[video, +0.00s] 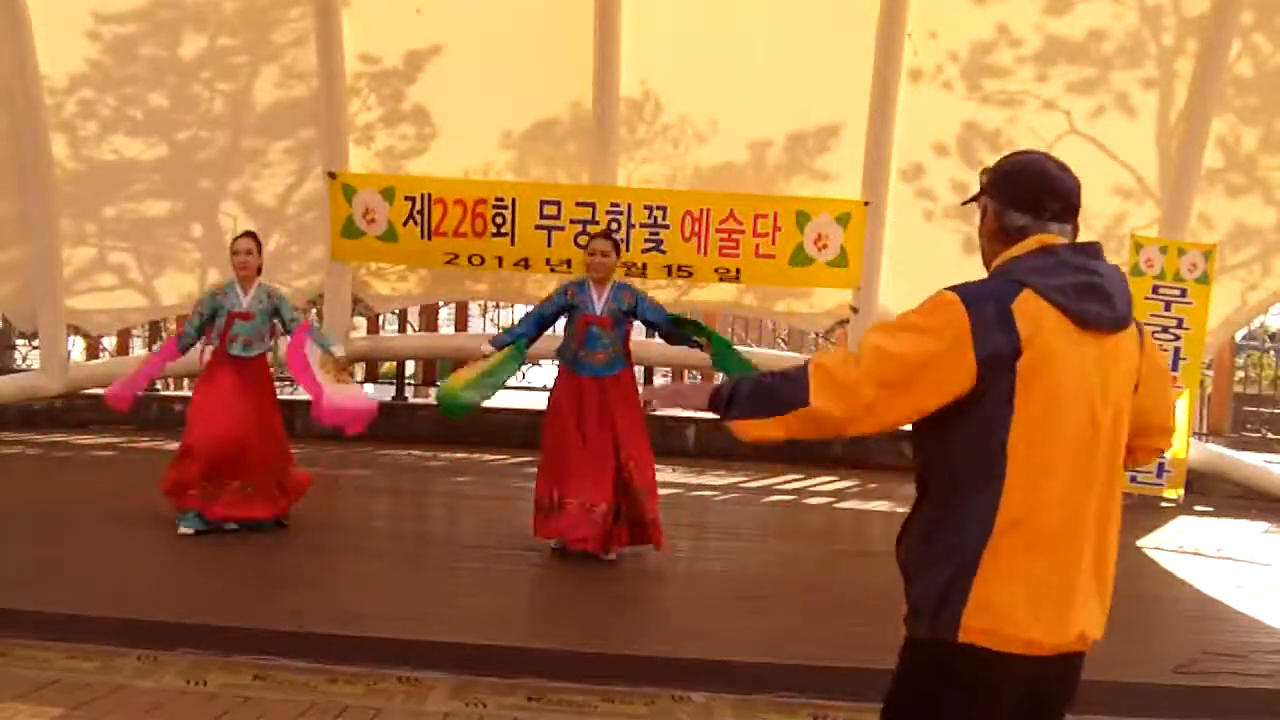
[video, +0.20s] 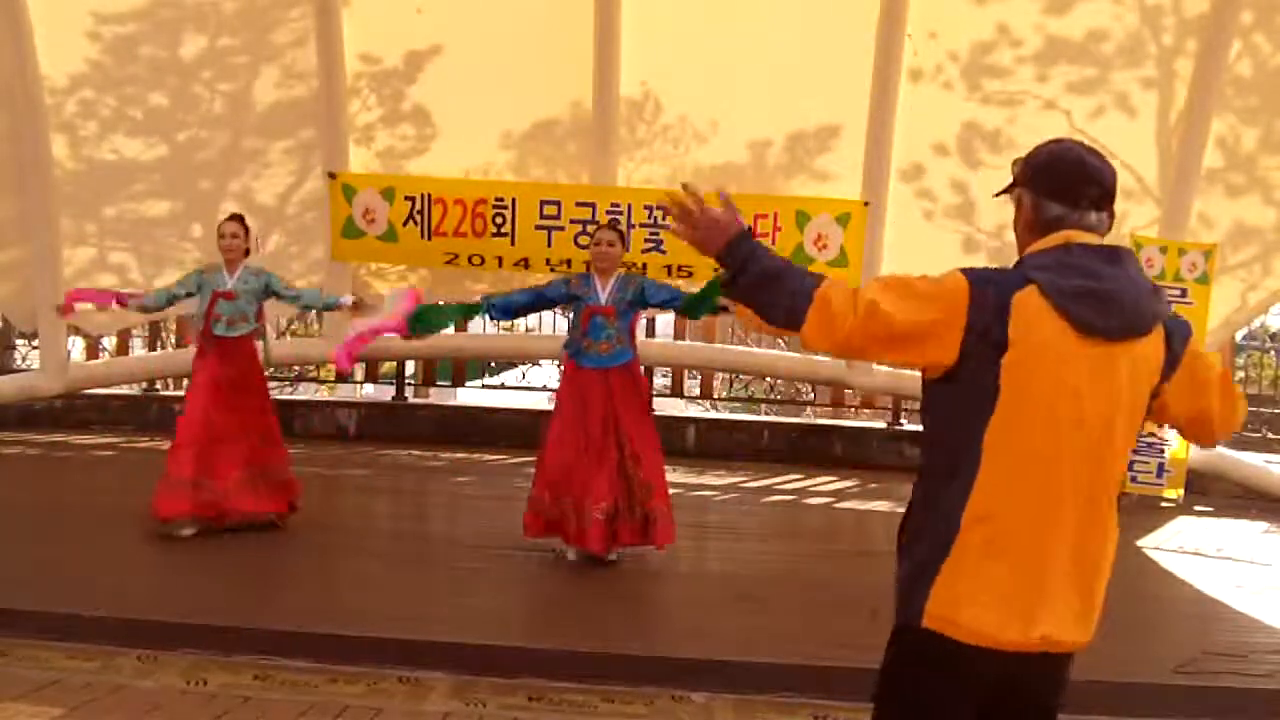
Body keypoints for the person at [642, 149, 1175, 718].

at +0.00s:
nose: (976, 227)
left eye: (979, 212)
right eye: (979, 212)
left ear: (992, 219)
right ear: (1064, 225)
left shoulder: (984, 310)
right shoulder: (1126, 329)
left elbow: (854, 386)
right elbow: (1150, 436)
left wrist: (735, 397)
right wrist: (1074, 431)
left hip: (972, 628)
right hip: (1065, 632)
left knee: (919, 711)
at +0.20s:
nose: (1010, 224)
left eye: (1013, 207)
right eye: (1013, 208)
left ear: (1027, 209)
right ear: (1107, 220)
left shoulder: (984, 300)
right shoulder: (1159, 335)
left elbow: (841, 314)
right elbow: (1219, 417)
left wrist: (734, 250)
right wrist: (1189, 355)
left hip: (956, 612)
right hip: (1058, 623)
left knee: (914, 719)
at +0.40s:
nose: (1010, 224)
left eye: (1014, 211)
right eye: (1014, 212)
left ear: (1030, 218)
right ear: (1111, 232)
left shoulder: (972, 302)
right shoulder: (1155, 347)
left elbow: (839, 278)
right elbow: (1237, 445)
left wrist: (714, 230)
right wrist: (1265, 485)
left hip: (940, 619)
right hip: (1047, 635)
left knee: (898, 714)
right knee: (1015, 715)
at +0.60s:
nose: (998, 219)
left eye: (1002, 208)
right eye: (1003, 209)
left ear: (1015, 217)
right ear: (1099, 234)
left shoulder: (951, 300)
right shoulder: (1144, 354)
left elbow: (819, 276)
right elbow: (1247, 458)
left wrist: (696, 225)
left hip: (910, 632)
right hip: (1024, 651)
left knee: (872, 713)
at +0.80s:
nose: (974, 218)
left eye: (979, 205)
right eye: (982, 206)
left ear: (992, 216)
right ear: (1075, 230)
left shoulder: (921, 297)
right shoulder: (1126, 347)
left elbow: (793, 268)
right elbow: (1235, 447)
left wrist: (682, 204)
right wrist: (1272, 469)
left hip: (902, 627)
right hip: (1024, 645)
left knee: (865, 712)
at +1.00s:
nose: (989, 197)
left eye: (992, 183)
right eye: (994, 184)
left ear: (1006, 189)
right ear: (1088, 199)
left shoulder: (949, 280)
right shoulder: (1155, 321)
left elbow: (805, 270)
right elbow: (1255, 430)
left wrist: (689, 214)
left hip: (950, 632)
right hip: (1078, 646)